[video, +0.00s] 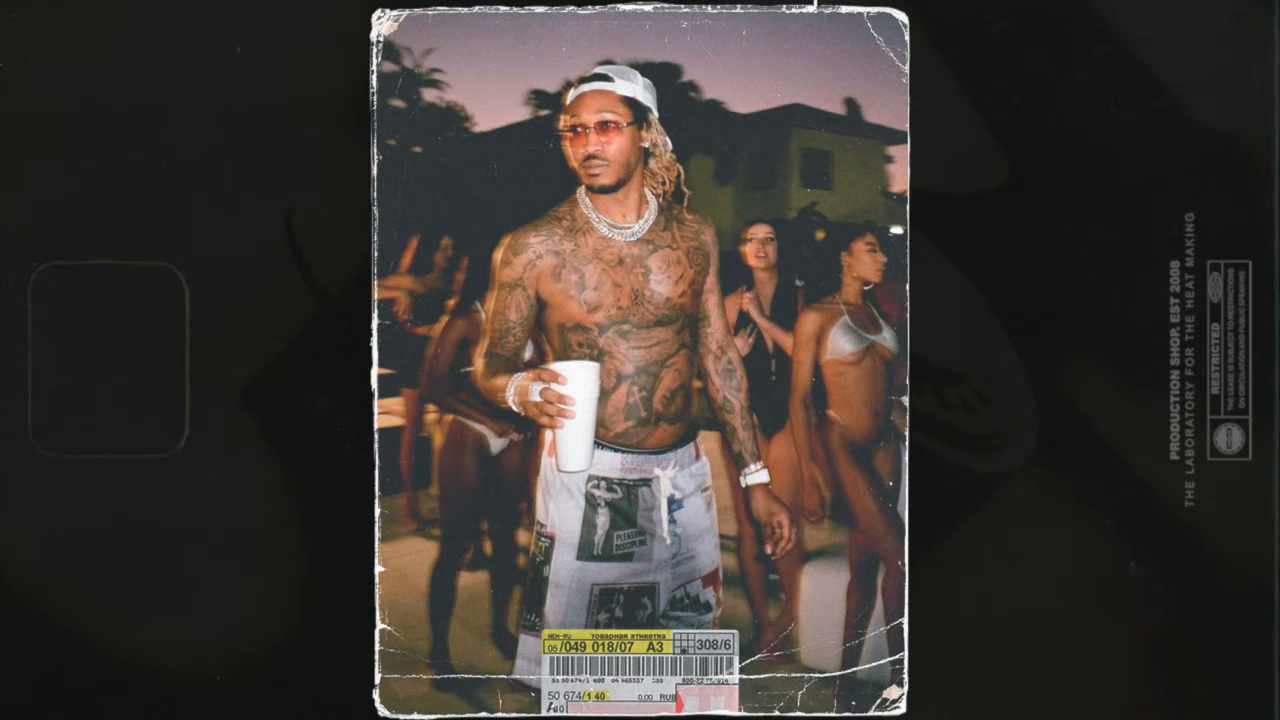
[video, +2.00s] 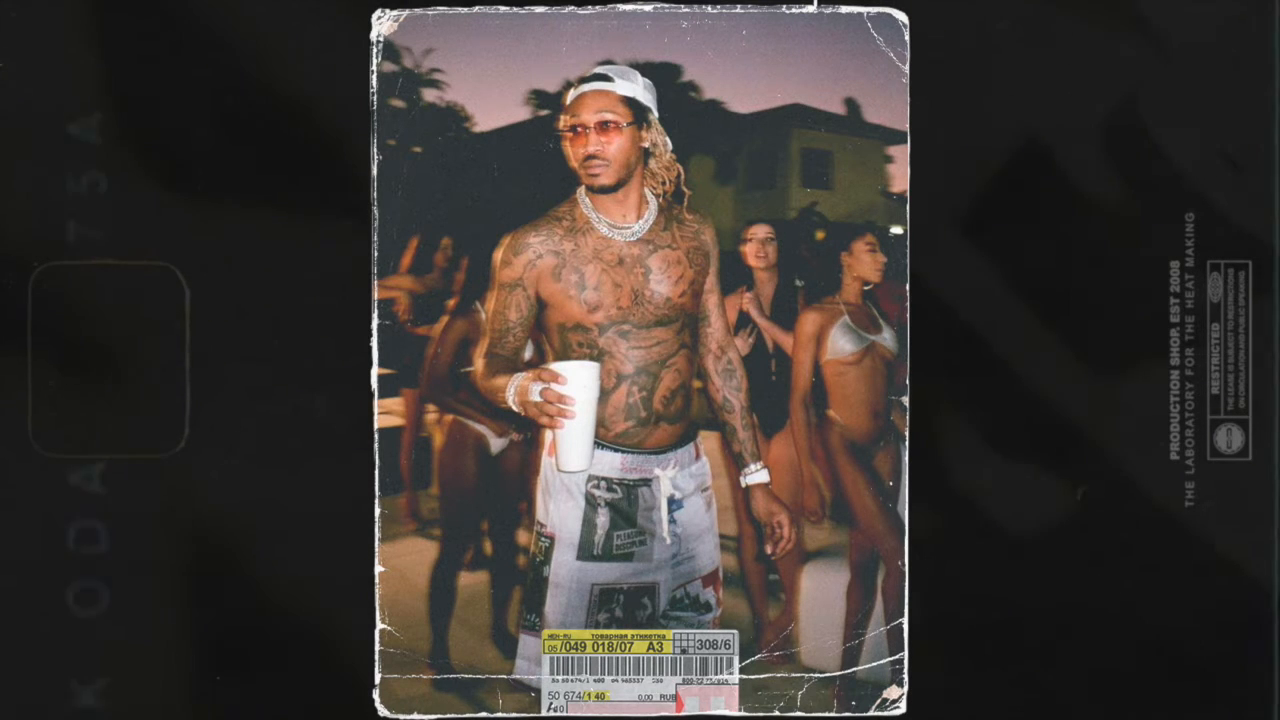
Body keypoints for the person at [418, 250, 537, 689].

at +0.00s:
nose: (516, 286)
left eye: (523, 278)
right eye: (509, 276)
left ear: (531, 287)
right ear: (495, 277)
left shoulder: (531, 331)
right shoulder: (466, 322)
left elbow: (543, 385)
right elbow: (435, 387)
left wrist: (529, 421)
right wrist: (489, 421)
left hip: (514, 445)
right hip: (465, 441)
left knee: (506, 541)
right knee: (456, 544)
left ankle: (501, 628)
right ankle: (439, 649)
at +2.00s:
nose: (514, 285)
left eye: (521, 277)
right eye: (507, 275)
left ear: (531, 286)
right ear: (493, 276)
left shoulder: (531, 330)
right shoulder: (466, 321)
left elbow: (544, 384)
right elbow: (434, 387)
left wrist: (530, 420)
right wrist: (490, 421)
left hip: (515, 445)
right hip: (465, 441)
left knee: (506, 541)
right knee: (456, 543)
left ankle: (501, 628)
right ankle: (439, 648)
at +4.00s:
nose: (516, 281)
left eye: (523, 273)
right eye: (510, 271)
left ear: (532, 281)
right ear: (496, 273)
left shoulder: (531, 328)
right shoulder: (467, 319)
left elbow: (544, 383)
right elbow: (435, 387)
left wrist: (529, 420)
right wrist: (491, 421)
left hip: (515, 444)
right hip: (465, 440)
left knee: (506, 541)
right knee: (455, 544)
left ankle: (501, 627)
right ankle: (439, 650)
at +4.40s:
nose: (517, 287)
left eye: (524, 280)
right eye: (510, 277)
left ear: (533, 289)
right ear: (495, 278)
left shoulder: (532, 332)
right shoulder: (466, 322)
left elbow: (543, 385)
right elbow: (434, 387)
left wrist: (529, 421)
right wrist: (489, 421)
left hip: (514, 446)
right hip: (465, 441)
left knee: (506, 541)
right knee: (456, 544)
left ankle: (501, 627)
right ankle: (439, 648)